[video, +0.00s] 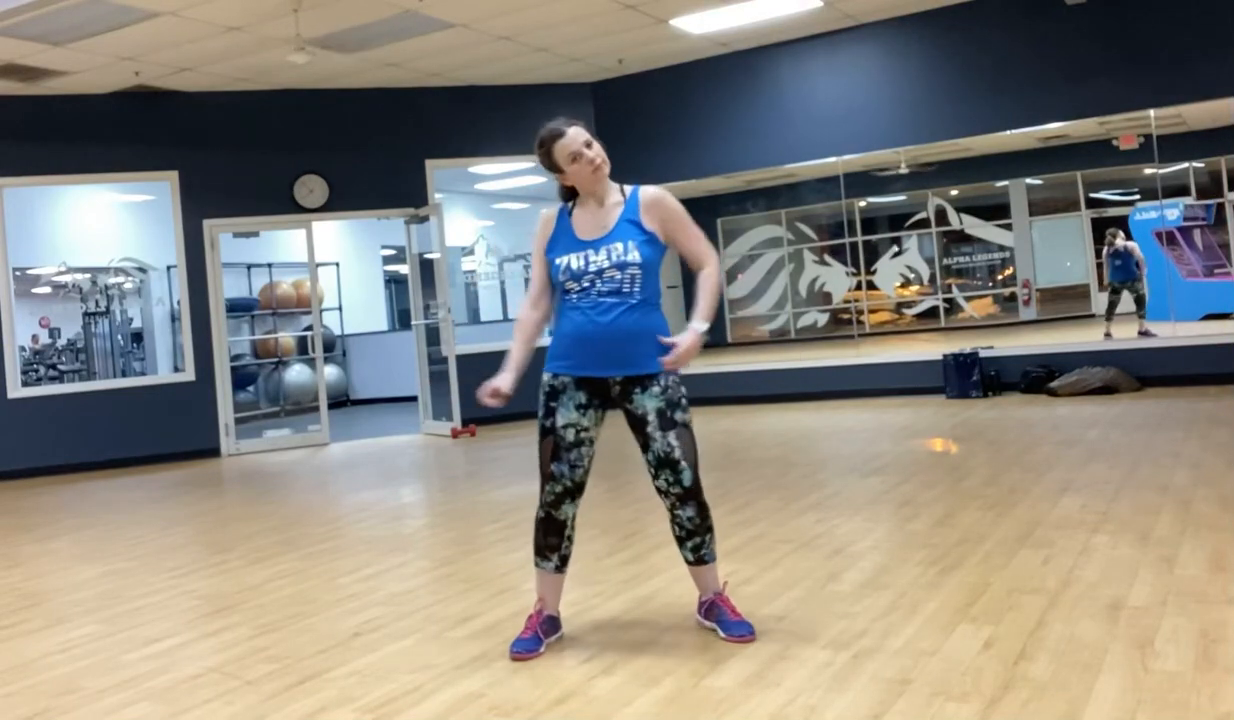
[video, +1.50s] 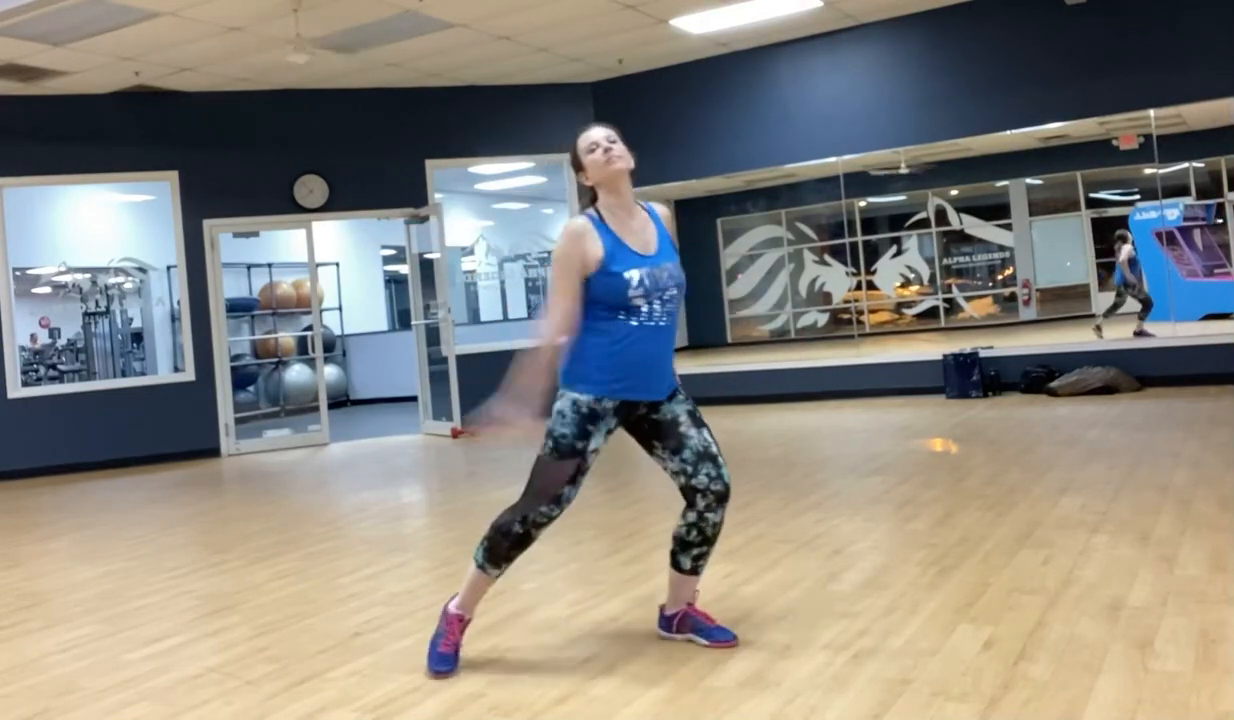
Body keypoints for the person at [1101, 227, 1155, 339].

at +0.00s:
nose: (1123, 234)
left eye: (1121, 233)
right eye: (1121, 233)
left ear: (1110, 237)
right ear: (1119, 235)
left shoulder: (1107, 249)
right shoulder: (1131, 245)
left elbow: (1105, 266)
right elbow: (1140, 259)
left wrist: (1106, 280)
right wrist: (1143, 272)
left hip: (1115, 279)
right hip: (1132, 278)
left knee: (1111, 304)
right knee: (1140, 301)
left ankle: (1107, 330)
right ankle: (1142, 328)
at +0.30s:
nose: (1127, 235)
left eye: (1125, 233)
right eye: (1125, 233)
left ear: (1112, 236)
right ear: (1122, 235)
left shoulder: (1108, 249)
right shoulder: (1131, 246)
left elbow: (1104, 267)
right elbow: (1146, 257)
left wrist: (1112, 278)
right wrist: (1161, 265)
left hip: (1119, 281)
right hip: (1135, 279)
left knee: (1115, 306)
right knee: (1138, 304)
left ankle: (1108, 330)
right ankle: (1141, 328)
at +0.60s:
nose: (1123, 235)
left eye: (1122, 233)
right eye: (1122, 233)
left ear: (1110, 236)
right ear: (1120, 235)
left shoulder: (1104, 248)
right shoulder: (1125, 248)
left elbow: (1095, 262)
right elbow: (1133, 265)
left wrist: (1090, 275)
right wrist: (1147, 270)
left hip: (1114, 281)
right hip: (1129, 279)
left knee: (1114, 305)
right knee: (1134, 304)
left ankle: (1108, 330)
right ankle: (1141, 328)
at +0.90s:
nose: (1121, 234)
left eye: (1119, 232)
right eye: (1119, 233)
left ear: (1107, 235)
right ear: (1117, 235)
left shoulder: (1102, 247)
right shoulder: (1122, 247)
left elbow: (1089, 256)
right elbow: (1127, 264)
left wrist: (1077, 264)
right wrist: (1135, 275)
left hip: (1109, 280)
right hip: (1124, 279)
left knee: (1111, 304)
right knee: (1134, 301)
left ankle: (1107, 330)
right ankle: (1140, 326)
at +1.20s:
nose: (1123, 233)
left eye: (1122, 231)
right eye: (1122, 232)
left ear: (1110, 235)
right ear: (1120, 234)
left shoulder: (1106, 245)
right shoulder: (1126, 245)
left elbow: (1093, 247)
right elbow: (1130, 258)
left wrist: (1077, 245)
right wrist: (1133, 272)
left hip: (1112, 279)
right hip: (1125, 279)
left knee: (1113, 303)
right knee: (1139, 299)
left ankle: (1108, 330)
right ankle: (1138, 327)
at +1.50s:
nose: (1131, 236)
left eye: (1130, 234)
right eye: (1129, 235)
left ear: (1120, 239)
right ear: (1126, 238)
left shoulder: (1120, 248)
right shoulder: (1127, 247)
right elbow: (1122, 261)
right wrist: (1129, 277)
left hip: (1121, 283)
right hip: (1129, 283)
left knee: (1118, 303)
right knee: (1148, 303)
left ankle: (1099, 324)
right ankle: (1139, 328)